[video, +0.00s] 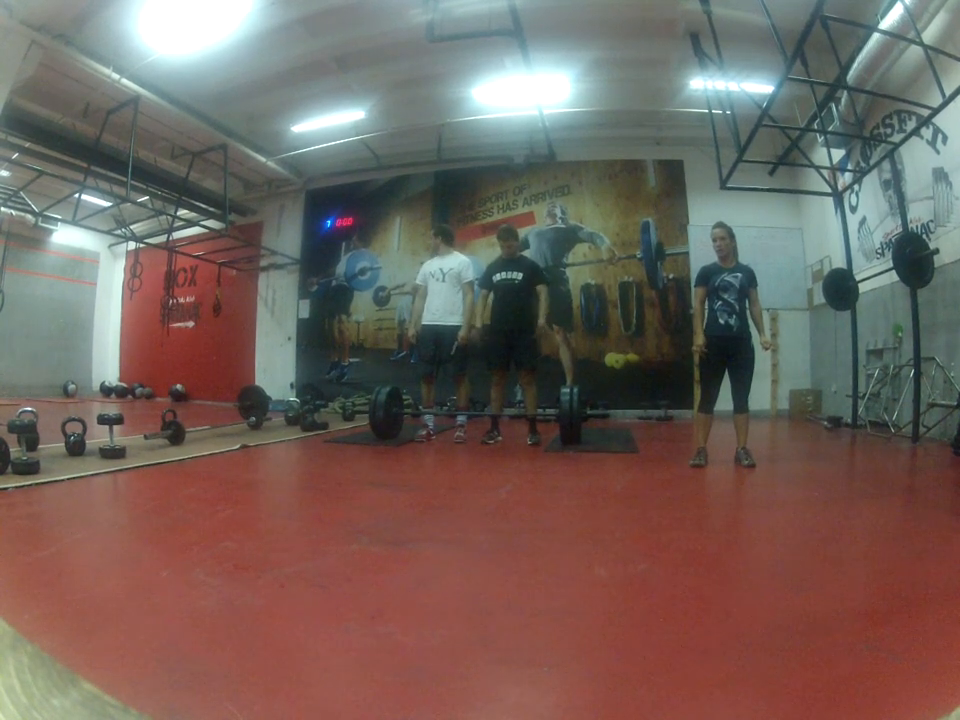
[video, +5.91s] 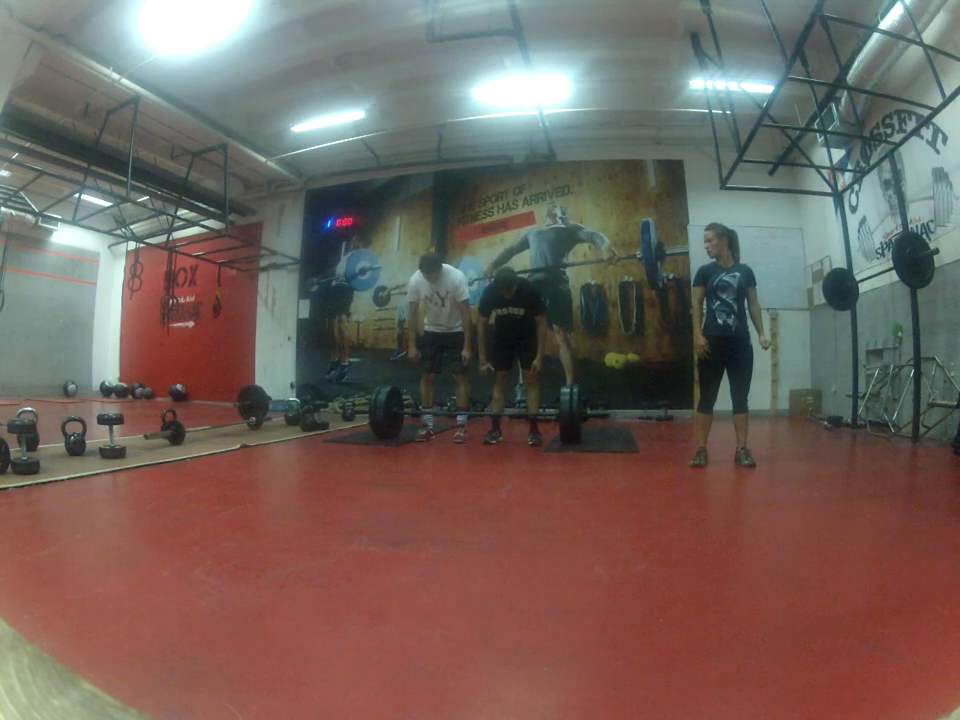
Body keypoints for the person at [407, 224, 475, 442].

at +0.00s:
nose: (431, 242)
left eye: (433, 238)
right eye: (431, 238)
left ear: (440, 239)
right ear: (442, 239)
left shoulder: (462, 262)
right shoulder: (427, 265)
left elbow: (469, 295)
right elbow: (420, 297)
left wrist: (466, 327)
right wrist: (413, 325)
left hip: (454, 326)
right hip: (428, 326)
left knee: (459, 375)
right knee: (426, 375)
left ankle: (461, 424)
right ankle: (428, 424)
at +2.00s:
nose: (438, 248)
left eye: (441, 244)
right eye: (435, 244)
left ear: (449, 242)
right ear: (432, 243)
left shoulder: (462, 264)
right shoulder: (425, 266)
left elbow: (471, 296)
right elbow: (416, 298)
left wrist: (472, 325)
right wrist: (408, 325)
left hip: (456, 328)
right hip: (429, 327)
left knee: (459, 376)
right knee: (426, 376)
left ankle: (461, 425)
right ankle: (427, 425)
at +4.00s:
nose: (436, 250)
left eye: (439, 246)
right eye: (433, 246)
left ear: (446, 243)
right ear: (428, 244)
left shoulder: (459, 263)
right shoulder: (421, 266)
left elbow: (467, 296)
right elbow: (414, 299)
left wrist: (467, 327)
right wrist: (409, 328)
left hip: (454, 328)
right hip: (426, 328)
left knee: (458, 376)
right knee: (426, 376)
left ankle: (461, 425)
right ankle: (427, 425)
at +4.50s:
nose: (431, 277)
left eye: (434, 274)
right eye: (428, 274)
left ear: (441, 267)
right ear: (423, 270)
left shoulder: (456, 277)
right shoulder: (417, 279)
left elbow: (466, 313)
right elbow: (411, 314)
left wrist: (467, 347)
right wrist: (410, 344)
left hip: (455, 330)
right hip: (431, 330)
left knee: (459, 376)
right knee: (426, 376)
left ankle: (461, 425)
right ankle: (427, 425)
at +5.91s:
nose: (430, 279)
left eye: (433, 276)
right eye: (427, 276)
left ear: (440, 269)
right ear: (422, 272)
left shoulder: (456, 277)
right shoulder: (416, 280)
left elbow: (466, 312)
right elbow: (412, 314)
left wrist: (467, 346)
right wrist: (412, 344)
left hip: (456, 331)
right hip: (431, 331)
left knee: (460, 377)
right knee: (427, 376)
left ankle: (461, 426)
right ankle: (427, 425)